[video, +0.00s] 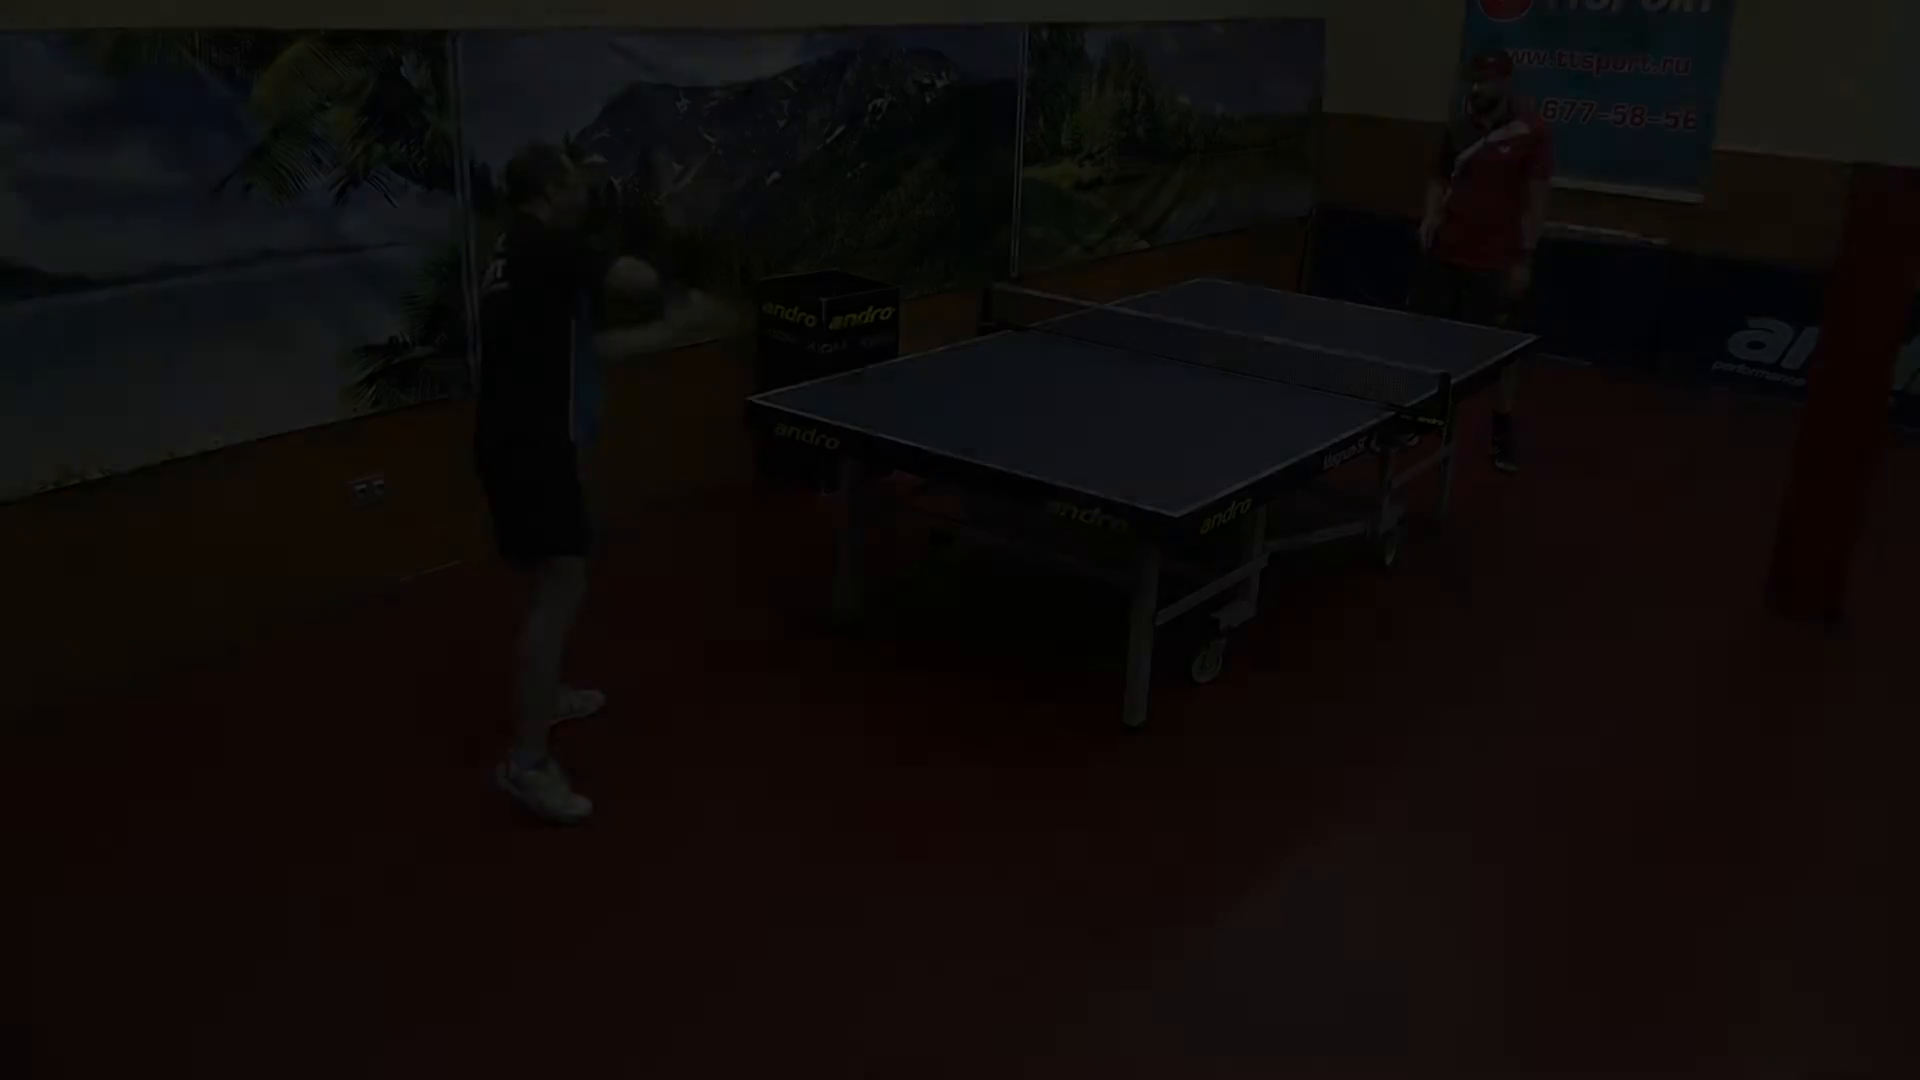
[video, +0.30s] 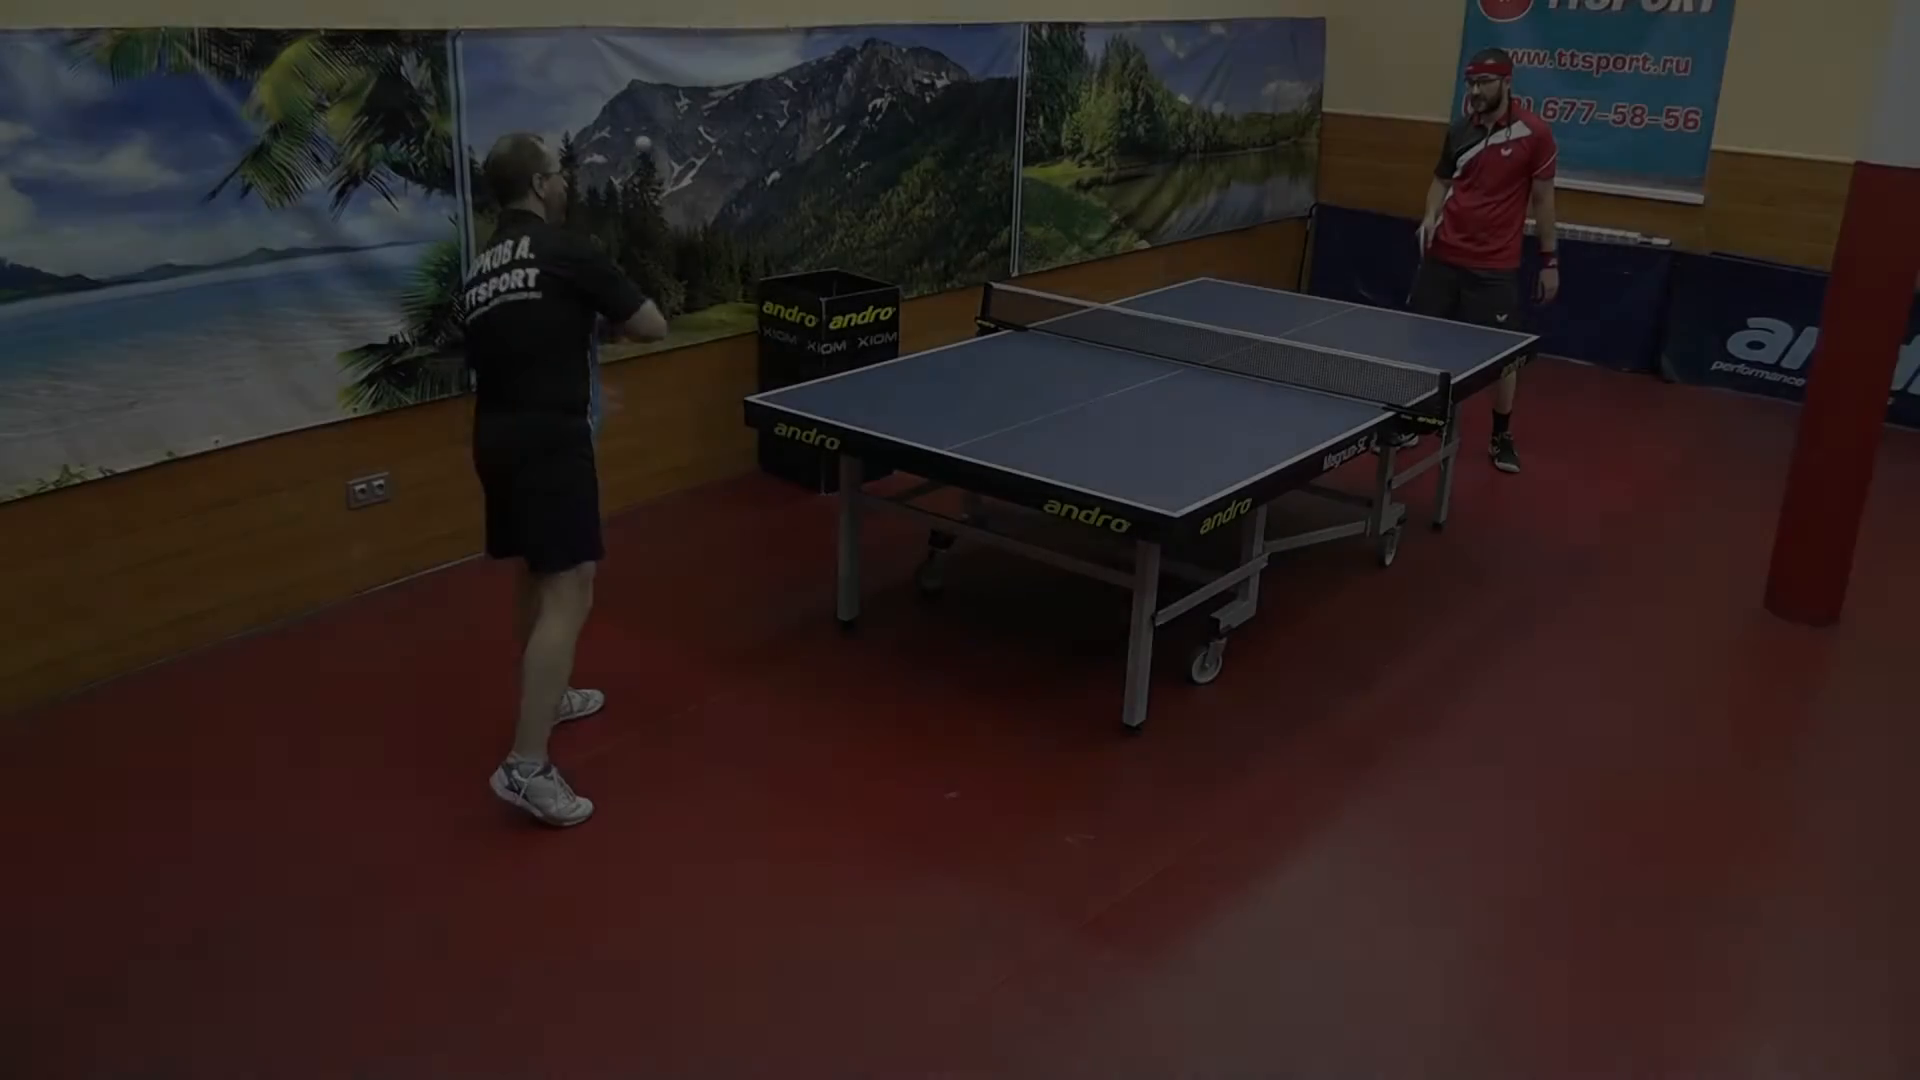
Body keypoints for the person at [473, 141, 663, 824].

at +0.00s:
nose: (582, 193)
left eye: (576, 182)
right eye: (572, 184)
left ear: (526, 197)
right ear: (550, 194)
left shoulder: (515, 253)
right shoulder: (550, 253)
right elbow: (636, 278)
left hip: (515, 438)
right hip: (535, 442)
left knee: (558, 570)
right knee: (560, 582)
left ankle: (544, 688)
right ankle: (527, 756)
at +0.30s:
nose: (566, 182)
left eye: (561, 171)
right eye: (559, 174)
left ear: (501, 193)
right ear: (539, 186)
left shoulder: (478, 268)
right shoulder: (566, 250)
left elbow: (489, 349)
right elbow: (653, 326)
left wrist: (579, 332)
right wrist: (597, 328)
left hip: (497, 442)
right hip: (553, 441)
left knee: (539, 577)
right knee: (568, 597)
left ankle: (547, 694)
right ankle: (525, 765)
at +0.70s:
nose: (572, 219)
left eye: (569, 208)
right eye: (568, 209)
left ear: (508, 215)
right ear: (552, 210)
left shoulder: (474, 287)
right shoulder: (566, 269)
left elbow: (455, 398)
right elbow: (642, 354)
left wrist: (511, 420)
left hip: (491, 468)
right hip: (545, 468)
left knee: (538, 587)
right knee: (555, 624)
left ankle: (545, 694)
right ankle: (510, 786)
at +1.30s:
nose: (605, 225)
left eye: (602, 212)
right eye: (600, 214)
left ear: (542, 224)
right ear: (573, 224)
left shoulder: (493, 288)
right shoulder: (557, 305)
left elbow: (501, 385)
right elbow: (600, 418)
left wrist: (565, 436)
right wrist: (697, 462)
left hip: (466, 486)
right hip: (516, 500)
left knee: (507, 605)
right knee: (563, 652)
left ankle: (528, 701)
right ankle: (541, 822)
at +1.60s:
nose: (639, 254)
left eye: (637, 242)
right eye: (632, 243)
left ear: (584, 250)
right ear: (597, 253)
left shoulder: (538, 301)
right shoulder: (558, 340)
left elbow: (568, 393)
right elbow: (550, 472)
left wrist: (628, 443)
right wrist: (636, 526)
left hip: (476, 492)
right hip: (511, 510)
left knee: (515, 606)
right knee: (599, 647)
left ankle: (485, 721)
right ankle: (555, 812)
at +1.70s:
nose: (660, 276)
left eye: (657, 264)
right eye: (651, 266)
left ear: (609, 273)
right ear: (615, 276)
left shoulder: (589, 324)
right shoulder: (554, 364)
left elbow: (616, 402)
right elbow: (526, 493)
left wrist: (671, 450)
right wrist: (600, 576)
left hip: (529, 504)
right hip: (505, 520)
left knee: (533, 607)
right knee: (607, 644)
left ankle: (485, 718)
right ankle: (626, 818)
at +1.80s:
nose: (683, 309)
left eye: (682, 298)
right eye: (675, 300)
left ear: (636, 306)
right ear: (637, 309)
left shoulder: (634, 353)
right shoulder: (563, 386)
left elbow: (674, 410)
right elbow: (516, 515)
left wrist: (727, 461)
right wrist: (550, 621)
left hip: (565, 523)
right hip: (529, 534)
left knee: (551, 624)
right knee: (625, 666)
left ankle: (487, 720)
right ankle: (682, 829)